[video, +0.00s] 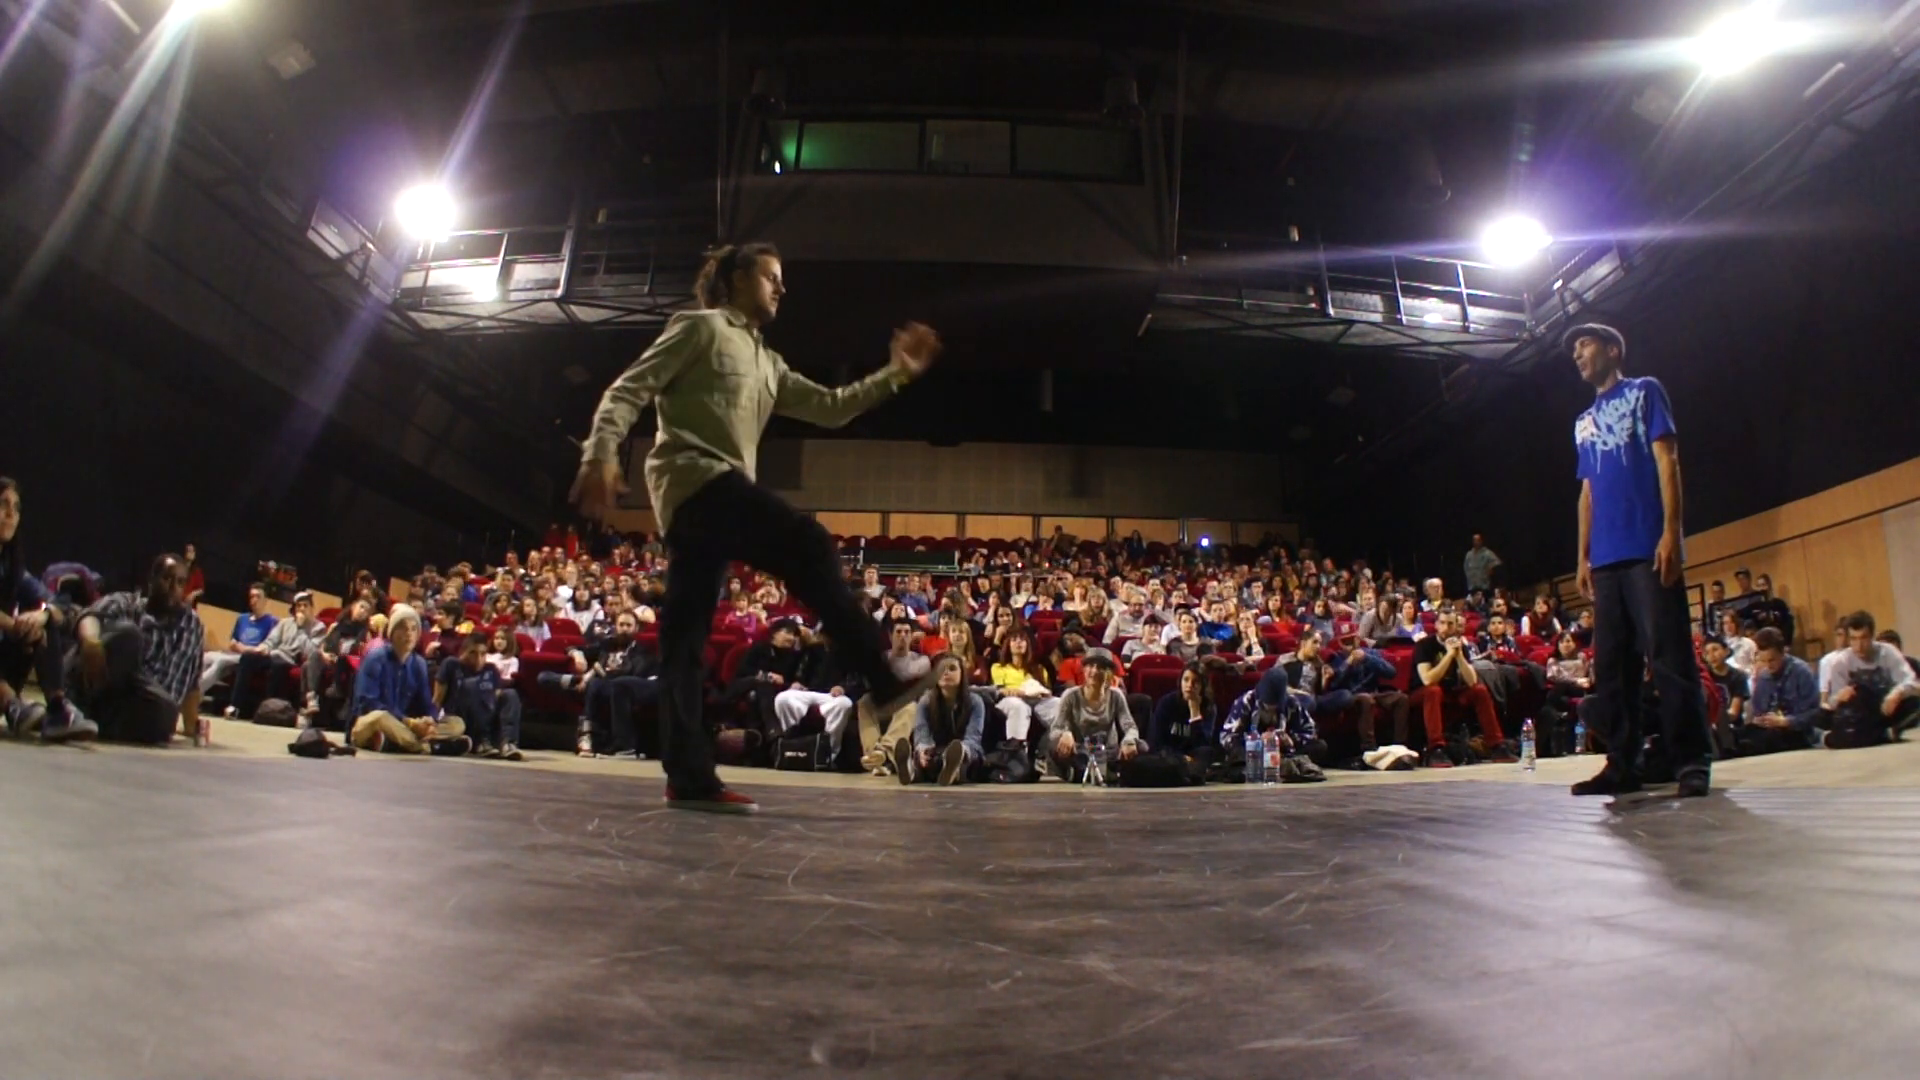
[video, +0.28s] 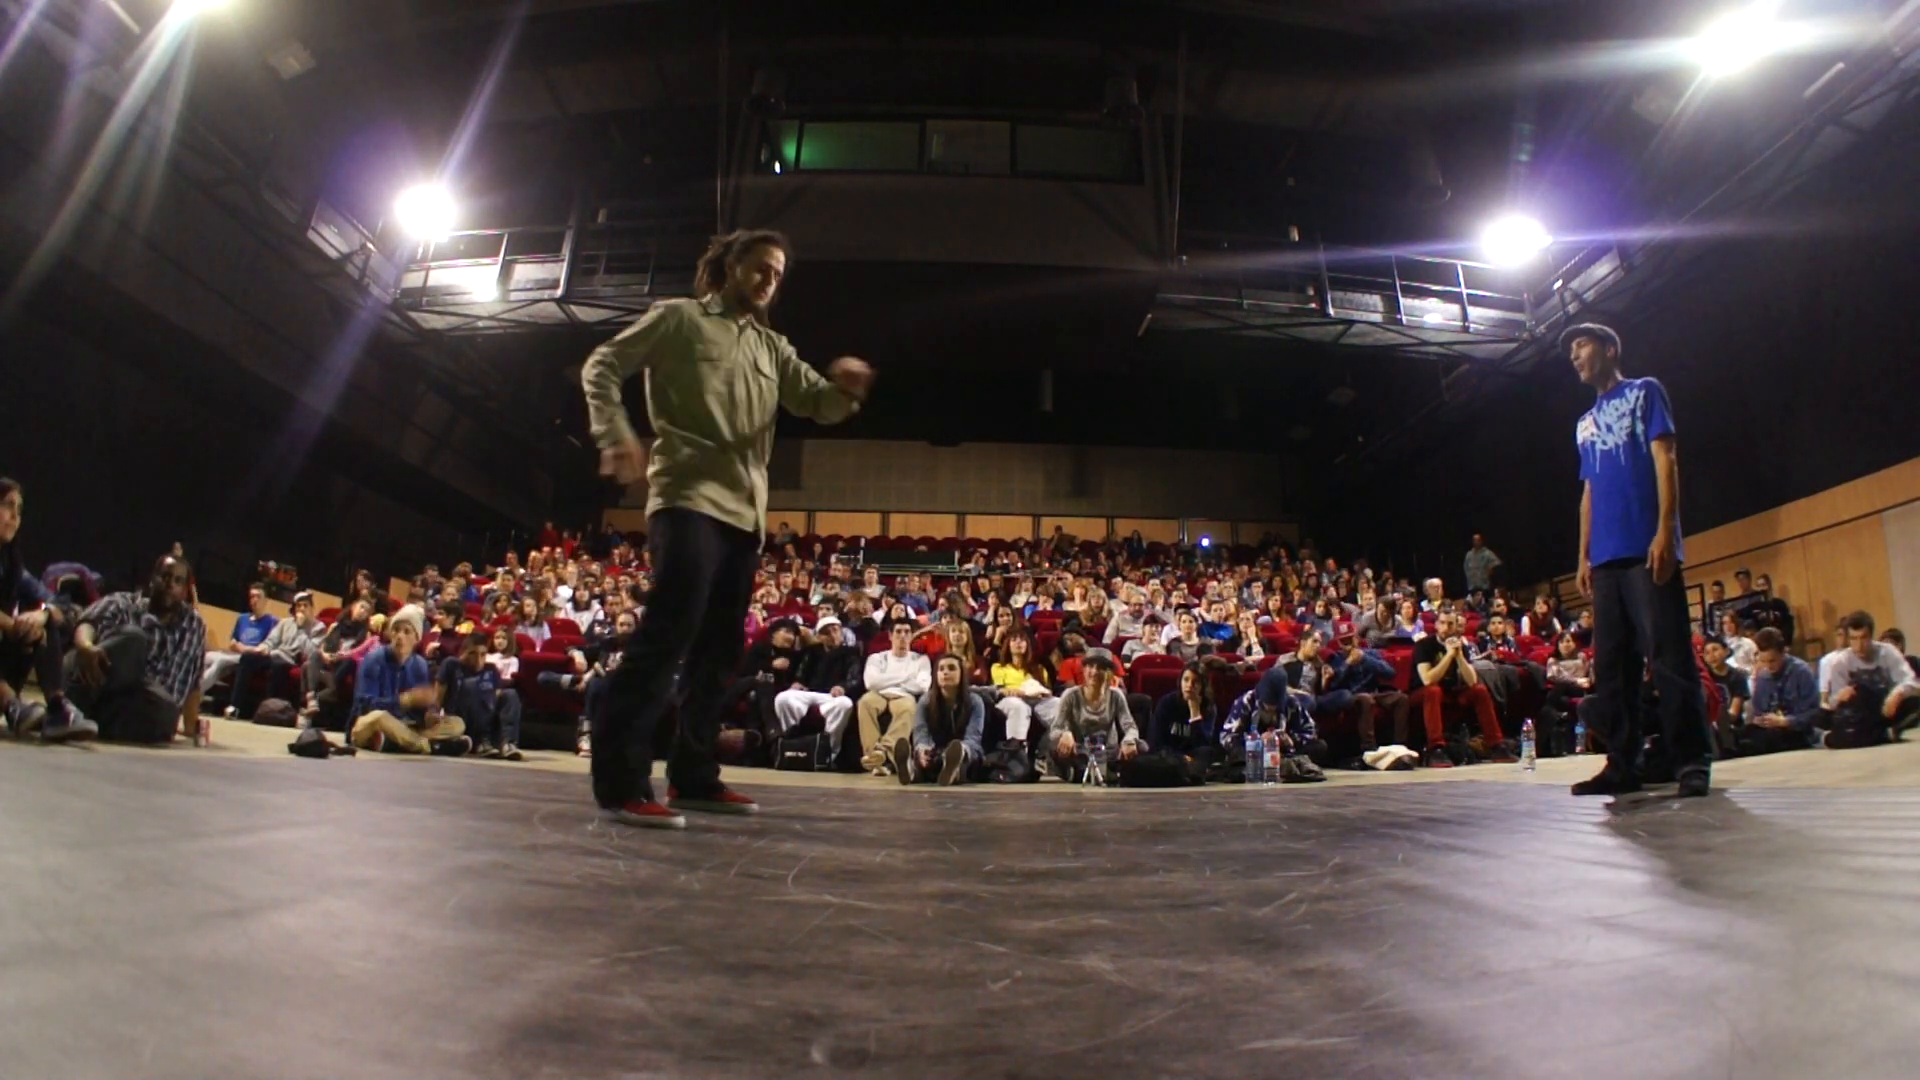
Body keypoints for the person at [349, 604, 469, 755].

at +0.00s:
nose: (409, 634)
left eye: (413, 629)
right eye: (402, 628)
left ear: (418, 634)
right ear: (391, 632)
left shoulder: (419, 664)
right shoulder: (375, 658)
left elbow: (426, 704)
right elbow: (367, 703)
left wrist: (429, 720)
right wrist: (407, 722)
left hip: (412, 724)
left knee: (457, 724)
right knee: (381, 718)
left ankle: (396, 744)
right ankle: (425, 748)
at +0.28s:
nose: (400, 637)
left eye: (407, 632)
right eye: (396, 630)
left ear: (417, 638)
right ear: (390, 634)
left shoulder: (420, 665)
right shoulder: (373, 660)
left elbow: (420, 707)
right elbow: (364, 704)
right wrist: (406, 700)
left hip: (410, 724)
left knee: (456, 724)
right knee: (379, 718)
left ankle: (393, 744)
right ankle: (428, 747)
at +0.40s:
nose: (398, 637)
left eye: (405, 633)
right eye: (394, 631)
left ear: (415, 639)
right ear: (388, 633)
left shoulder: (419, 664)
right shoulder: (372, 660)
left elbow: (426, 706)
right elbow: (367, 705)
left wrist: (428, 720)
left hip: (404, 724)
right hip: (366, 725)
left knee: (457, 724)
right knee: (380, 717)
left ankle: (393, 744)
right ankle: (428, 747)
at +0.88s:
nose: (381, 629)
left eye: (387, 624)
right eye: (376, 624)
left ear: (398, 630)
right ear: (371, 630)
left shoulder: (408, 661)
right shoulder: (359, 659)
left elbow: (427, 700)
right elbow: (354, 696)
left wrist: (419, 702)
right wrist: (385, 675)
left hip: (402, 723)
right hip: (364, 727)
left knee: (456, 723)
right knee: (379, 716)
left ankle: (393, 743)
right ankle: (430, 748)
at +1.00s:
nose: (377, 626)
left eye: (382, 621)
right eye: (372, 622)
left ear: (393, 628)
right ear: (366, 627)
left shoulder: (400, 657)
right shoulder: (356, 655)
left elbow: (427, 690)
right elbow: (349, 679)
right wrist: (384, 681)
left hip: (401, 720)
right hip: (364, 725)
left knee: (455, 717)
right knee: (379, 713)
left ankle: (395, 742)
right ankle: (429, 747)